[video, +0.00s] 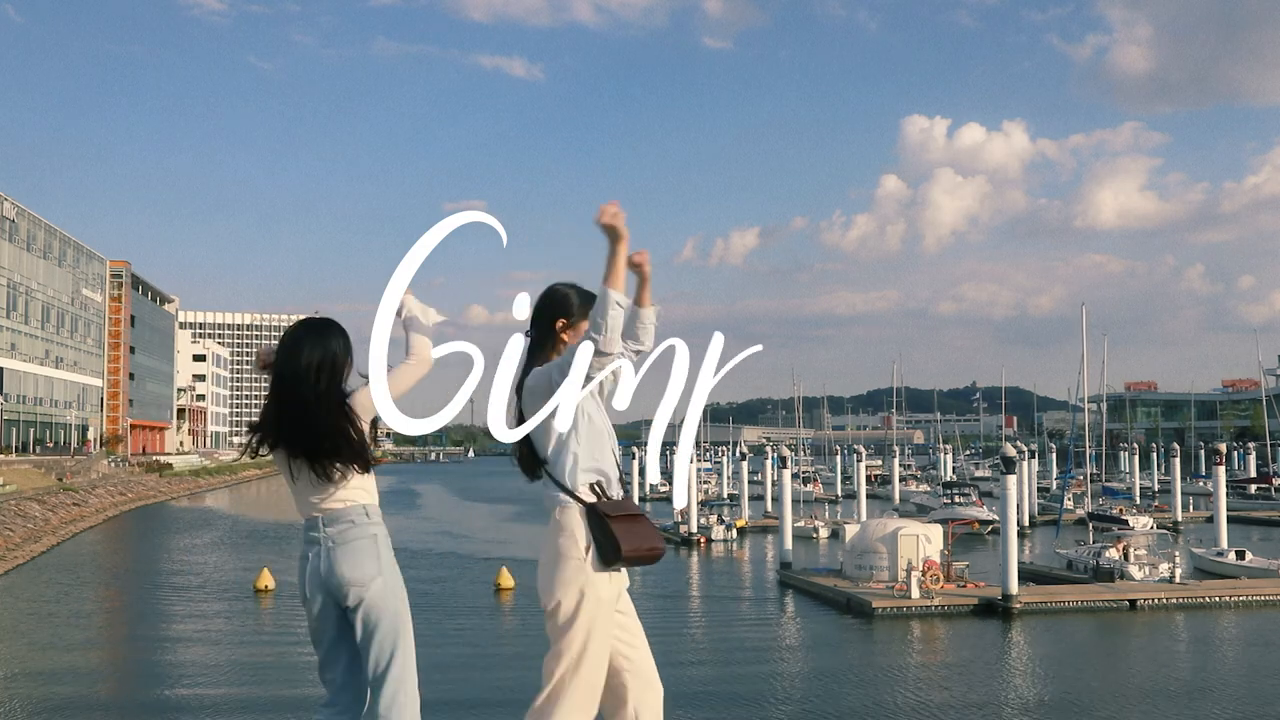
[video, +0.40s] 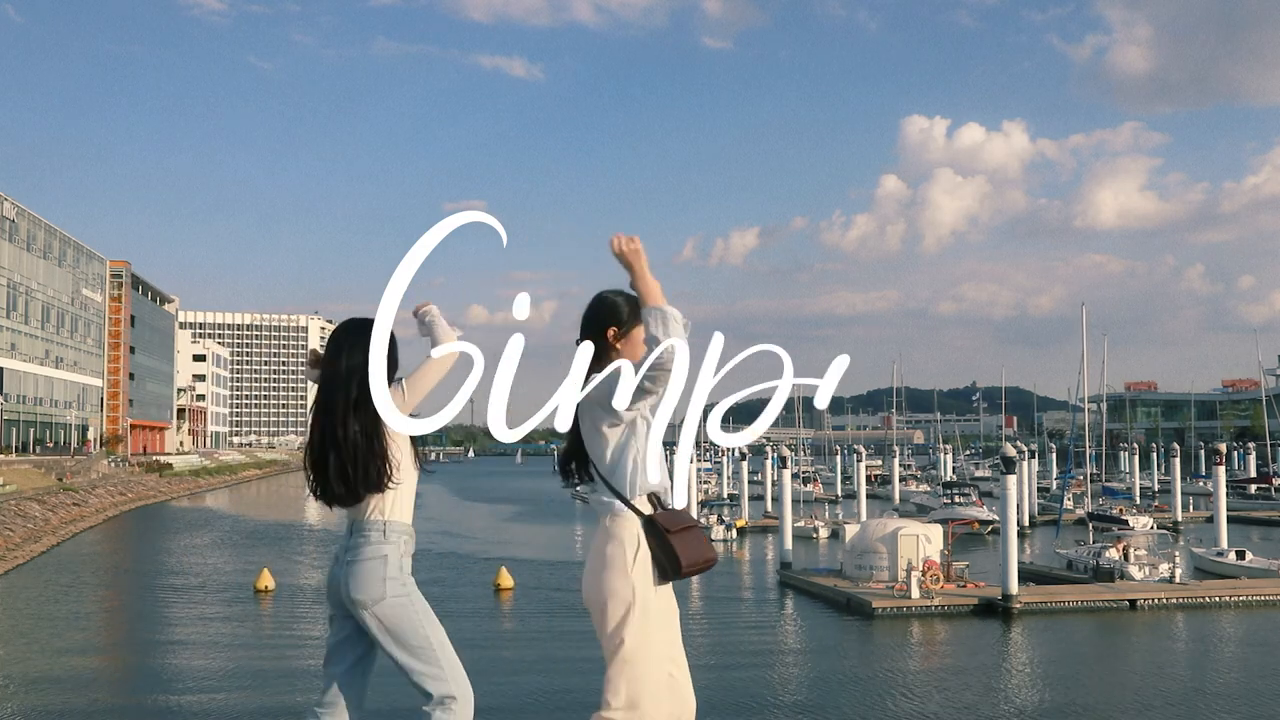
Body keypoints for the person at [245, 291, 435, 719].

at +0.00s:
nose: (352, 365)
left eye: (350, 357)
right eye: (349, 358)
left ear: (286, 368)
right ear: (340, 367)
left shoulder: (278, 423)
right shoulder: (354, 409)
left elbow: (288, 386)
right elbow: (421, 360)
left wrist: (280, 364)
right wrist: (414, 315)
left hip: (313, 554)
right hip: (361, 550)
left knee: (340, 691)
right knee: (394, 689)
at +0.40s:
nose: (394, 359)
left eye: (389, 351)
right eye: (388, 351)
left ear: (338, 363)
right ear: (383, 357)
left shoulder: (342, 412)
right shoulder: (388, 404)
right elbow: (445, 349)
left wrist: (332, 369)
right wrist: (431, 317)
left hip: (348, 567)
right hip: (383, 571)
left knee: (337, 701)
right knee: (454, 698)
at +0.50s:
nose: (406, 367)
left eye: (404, 358)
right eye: (396, 361)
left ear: (362, 374)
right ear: (375, 371)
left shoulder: (369, 424)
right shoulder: (389, 420)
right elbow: (453, 382)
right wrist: (432, 321)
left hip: (376, 575)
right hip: (397, 579)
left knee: (366, 708)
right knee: (462, 704)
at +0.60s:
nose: (410, 371)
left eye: (414, 361)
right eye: (398, 362)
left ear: (420, 367)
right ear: (373, 370)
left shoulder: (395, 424)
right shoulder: (376, 426)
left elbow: (472, 437)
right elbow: (440, 451)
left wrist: (486, 382)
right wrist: (478, 388)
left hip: (412, 577)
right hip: (407, 578)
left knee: (428, 700)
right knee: (465, 704)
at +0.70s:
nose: (426, 370)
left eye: (430, 359)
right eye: (413, 360)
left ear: (436, 367)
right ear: (386, 370)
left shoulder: (428, 425)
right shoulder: (384, 429)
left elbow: (493, 437)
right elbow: (428, 492)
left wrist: (472, 394)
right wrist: (514, 490)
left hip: (437, 571)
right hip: (411, 573)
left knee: (493, 692)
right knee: (460, 705)